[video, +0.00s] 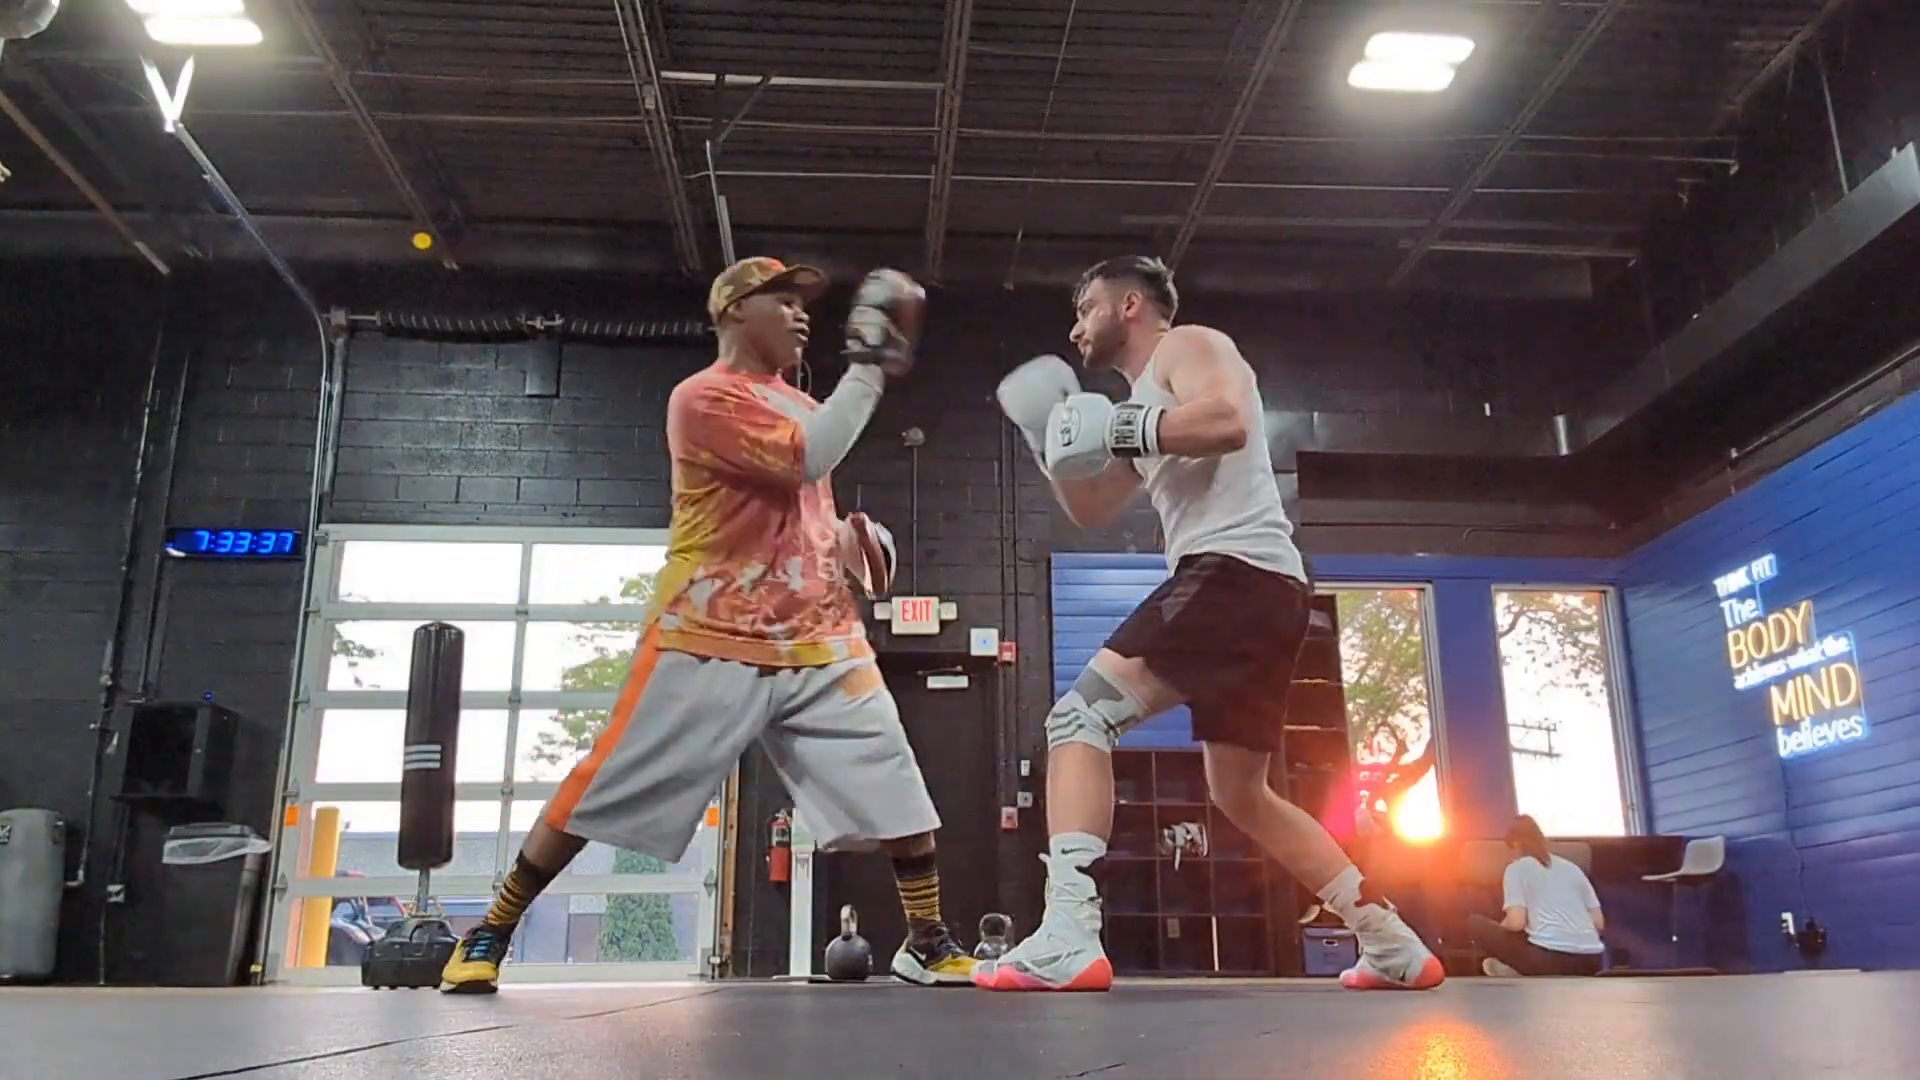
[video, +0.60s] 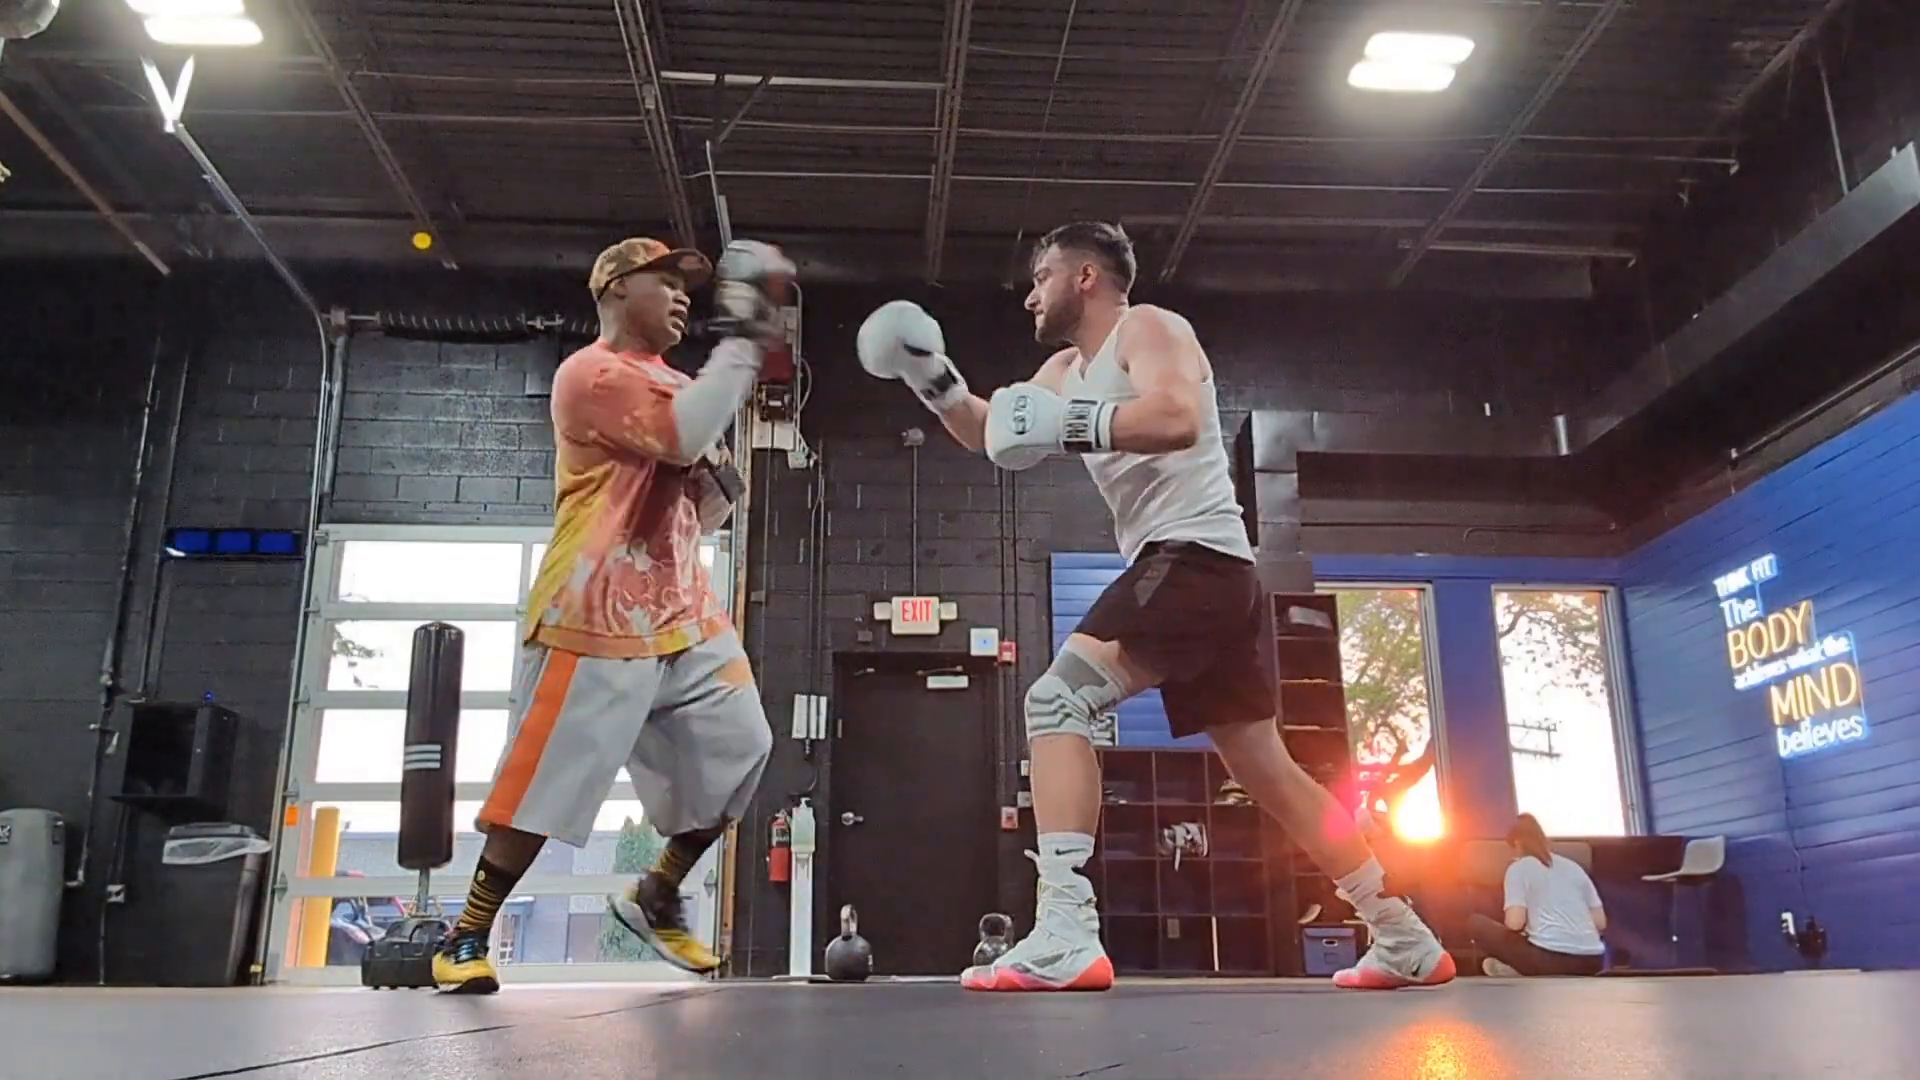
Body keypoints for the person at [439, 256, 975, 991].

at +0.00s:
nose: (801, 313)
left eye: (800, 304)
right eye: (783, 301)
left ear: (784, 323)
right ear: (733, 314)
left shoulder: (807, 409)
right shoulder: (701, 398)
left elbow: (807, 523)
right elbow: (804, 456)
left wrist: (849, 537)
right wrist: (869, 363)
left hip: (819, 627)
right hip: (709, 628)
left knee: (890, 763)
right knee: (608, 778)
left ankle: (929, 938)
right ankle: (492, 933)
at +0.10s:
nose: (742, 300)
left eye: (742, 290)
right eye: (724, 288)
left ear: (727, 307)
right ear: (675, 300)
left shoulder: (747, 396)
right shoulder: (640, 381)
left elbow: (749, 512)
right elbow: (739, 441)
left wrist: (830, 504)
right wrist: (850, 390)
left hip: (761, 619)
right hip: (657, 617)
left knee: (834, 759)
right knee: (570, 773)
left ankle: (897, 927)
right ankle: (476, 938)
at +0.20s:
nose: (687, 280)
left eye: (690, 270)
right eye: (667, 266)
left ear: (695, 291)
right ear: (620, 286)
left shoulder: (723, 377)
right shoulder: (579, 377)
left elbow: (784, 468)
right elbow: (599, 473)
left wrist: (887, 450)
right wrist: (707, 429)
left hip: (723, 606)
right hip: (615, 606)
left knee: (779, 753)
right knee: (549, 767)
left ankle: (770, 928)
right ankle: (472, 935)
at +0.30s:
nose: (642, 281)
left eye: (647, 271)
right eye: (621, 267)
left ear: (654, 291)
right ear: (578, 285)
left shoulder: (703, 368)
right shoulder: (538, 387)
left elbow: (817, 402)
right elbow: (529, 481)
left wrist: (932, 419)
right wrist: (627, 445)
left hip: (697, 612)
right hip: (584, 608)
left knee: (713, 768)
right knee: (538, 771)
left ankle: (660, 892)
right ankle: (472, 936)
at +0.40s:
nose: (627, 281)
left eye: (634, 271)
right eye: (606, 269)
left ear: (645, 293)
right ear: (566, 293)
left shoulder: (697, 366)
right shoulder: (537, 394)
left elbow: (792, 420)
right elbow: (516, 485)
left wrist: (863, 407)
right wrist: (589, 428)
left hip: (679, 620)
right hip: (576, 614)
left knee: (658, 794)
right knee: (534, 772)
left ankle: (606, 905)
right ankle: (470, 933)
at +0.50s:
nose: (649, 289)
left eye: (653, 279)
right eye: (632, 277)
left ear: (658, 296)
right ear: (590, 297)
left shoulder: (690, 378)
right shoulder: (553, 384)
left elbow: (709, 496)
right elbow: (571, 467)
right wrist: (609, 364)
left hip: (683, 606)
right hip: (587, 603)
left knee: (694, 764)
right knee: (548, 760)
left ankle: (607, 894)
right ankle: (471, 932)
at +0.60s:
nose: (682, 296)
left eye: (683, 286)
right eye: (665, 281)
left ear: (669, 303)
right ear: (617, 293)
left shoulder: (675, 385)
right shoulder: (588, 374)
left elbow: (684, 511)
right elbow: (684, 431)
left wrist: (719, 492)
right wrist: (743, 338)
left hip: (683, 602)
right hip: (599, 605)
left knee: (740, 743)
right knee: (547, 767)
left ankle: (656, 901)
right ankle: (468, 937)